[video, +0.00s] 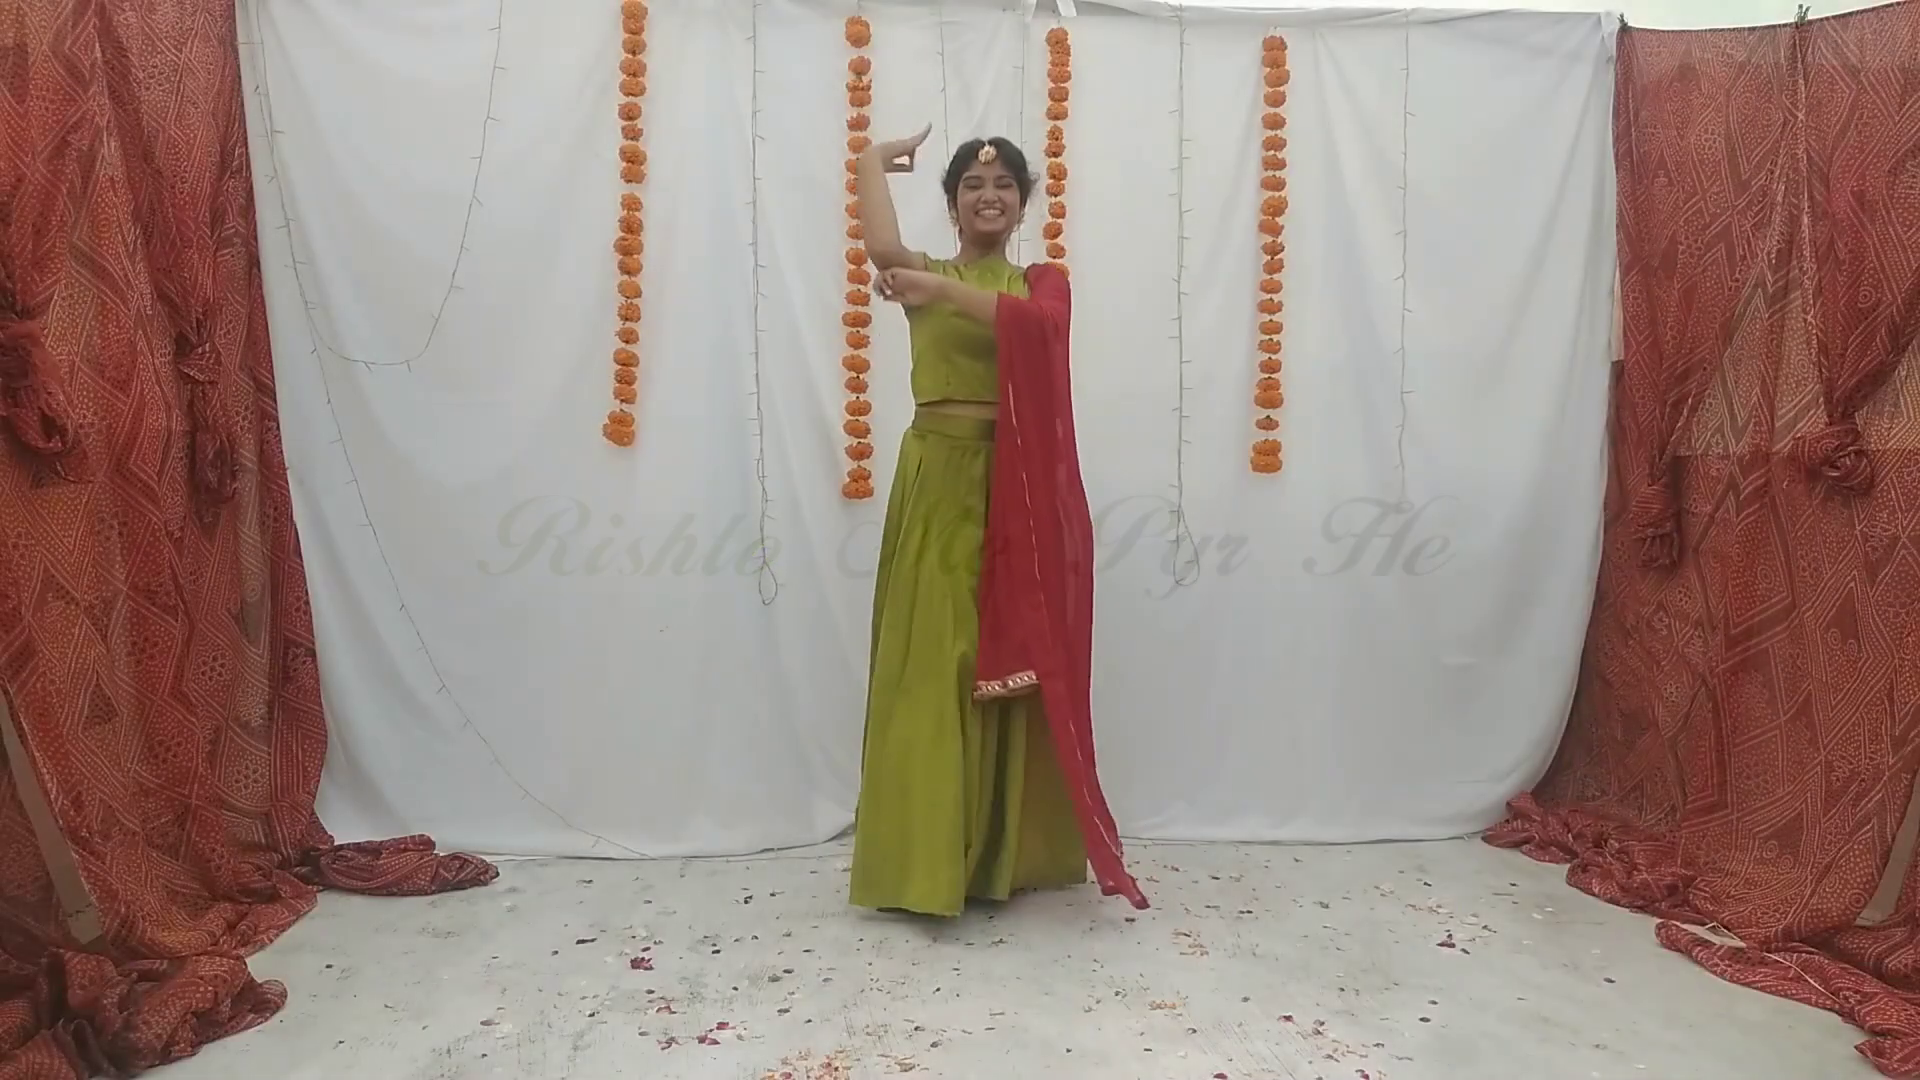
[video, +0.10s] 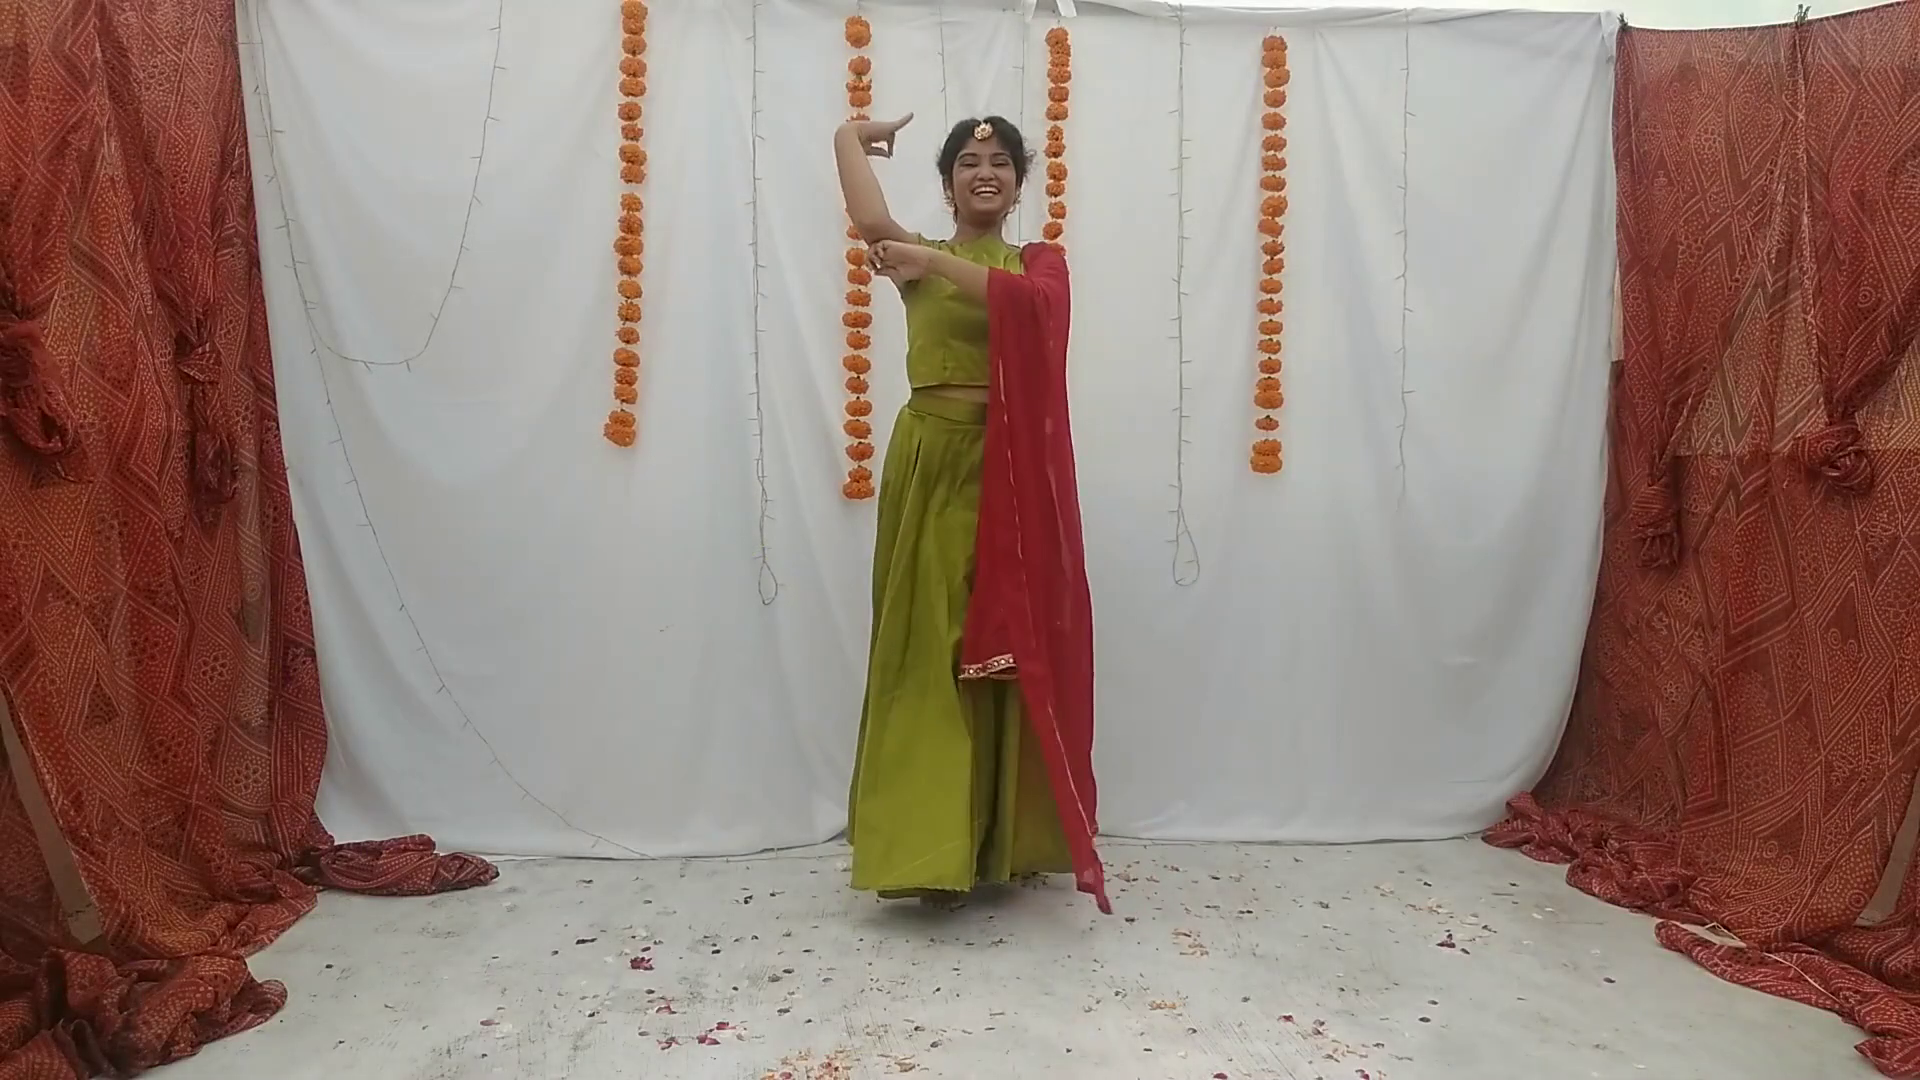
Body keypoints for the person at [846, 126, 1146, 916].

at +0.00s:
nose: (986, 198)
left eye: (1001, 186)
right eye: (973, 186)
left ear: (1022, 201)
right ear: (952, 201)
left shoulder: (1041, 285)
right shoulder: (930, 277)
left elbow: (1037, 330)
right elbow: (885, 248)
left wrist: (940, 290)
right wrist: (871, 160)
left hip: (1014, 484)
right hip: (935, 479)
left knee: (1008, 663)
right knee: (930, 666)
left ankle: (998, 858)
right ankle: (926, 863)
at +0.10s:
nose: (985, 175)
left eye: (999, 164)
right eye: (971, 163)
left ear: (1019, 180)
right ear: (947, 181)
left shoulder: (1037, 262)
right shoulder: (922, 260)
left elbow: (1034, 305)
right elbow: (875, 226)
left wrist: (933, 264)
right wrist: (847, 138)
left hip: (1005, 465)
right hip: (926, 458)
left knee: (996, 648)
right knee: (923, 650)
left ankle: (990, 847)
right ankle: (923, 853)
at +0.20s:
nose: (979, 173)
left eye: (993, 161)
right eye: (965, 161)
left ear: (1012, 179)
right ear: (942, 180)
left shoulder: (1029, 264)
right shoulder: (917, 259)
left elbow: (1033, 310)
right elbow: (876, 227)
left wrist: (927, 264)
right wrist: (855, 133)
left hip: (1001, 464)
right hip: (923, 457)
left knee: (997, 646)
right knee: (920, 648)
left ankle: (996, 842)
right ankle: (919, 848)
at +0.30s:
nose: (971, 187)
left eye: (986, 176)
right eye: (956, 176)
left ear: (1006, 192)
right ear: (936, 193)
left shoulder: (1022, 275)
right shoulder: (913, 272)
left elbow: (1030, 326)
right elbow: (879, 250)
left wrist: (928, 285)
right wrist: (870, 148)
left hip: (1001, 477)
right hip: (924, 469)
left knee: (1001, 654)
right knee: (917, 658)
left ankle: (1002, 847)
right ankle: (912, 858)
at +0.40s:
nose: (965, 222)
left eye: (980, 211)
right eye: (952, 210)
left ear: (1002, 222)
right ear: (932, 223)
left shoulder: (1022, 305)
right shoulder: (911, 302)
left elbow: (1037, 365)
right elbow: (880, 309)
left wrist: (925, 337)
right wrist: (899, 197)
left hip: (998, 505)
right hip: (920, 498)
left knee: (994, 676)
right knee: (909, 676)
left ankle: (995, 860)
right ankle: (904, 872)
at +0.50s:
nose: (968, 247)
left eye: (982, 234)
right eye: (954, 235)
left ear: (999, 245)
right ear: (931, 248)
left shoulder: (1018, 321)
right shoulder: (907, 322)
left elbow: (1041, 364)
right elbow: (871, 326)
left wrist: (946, 375)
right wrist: (915, 234)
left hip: (1001, 515)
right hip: (920, 511)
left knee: (1001, 679)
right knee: (912, 678)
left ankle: (1006, 861)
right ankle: (903, 870)